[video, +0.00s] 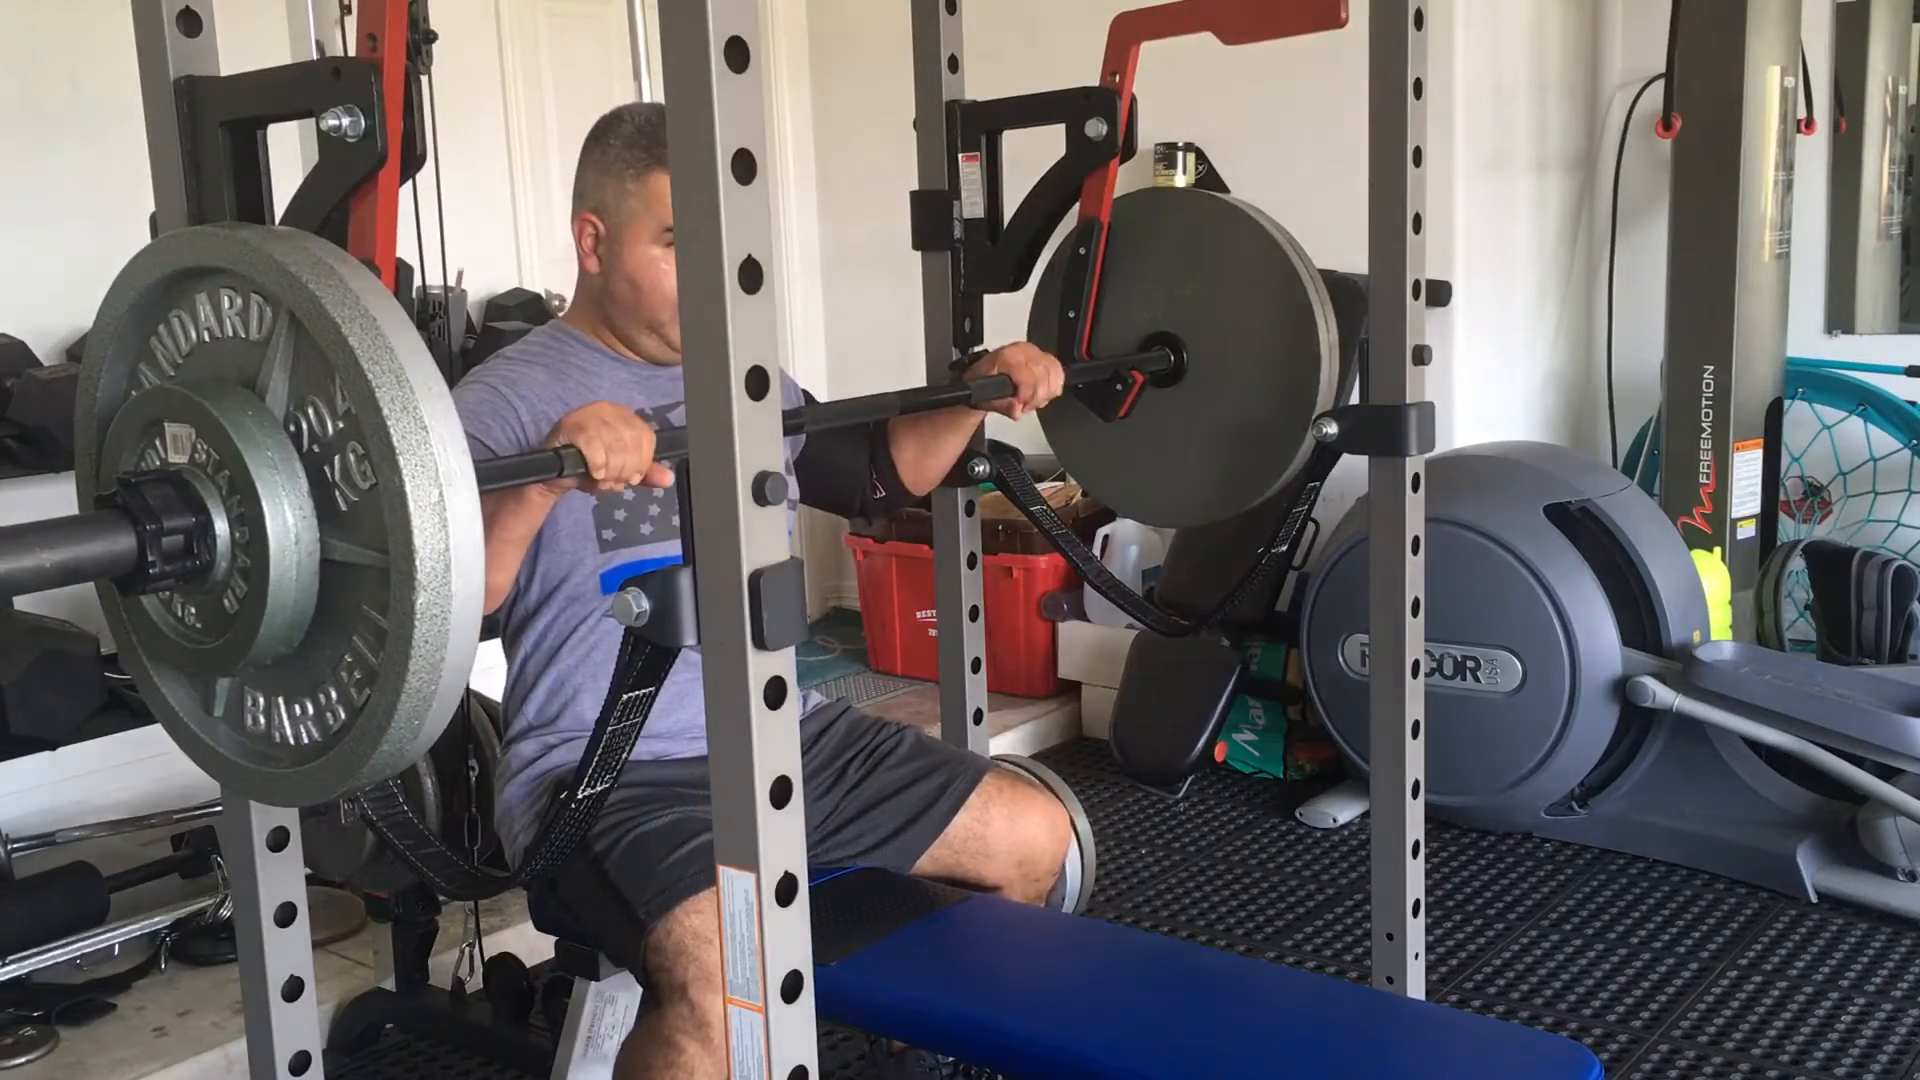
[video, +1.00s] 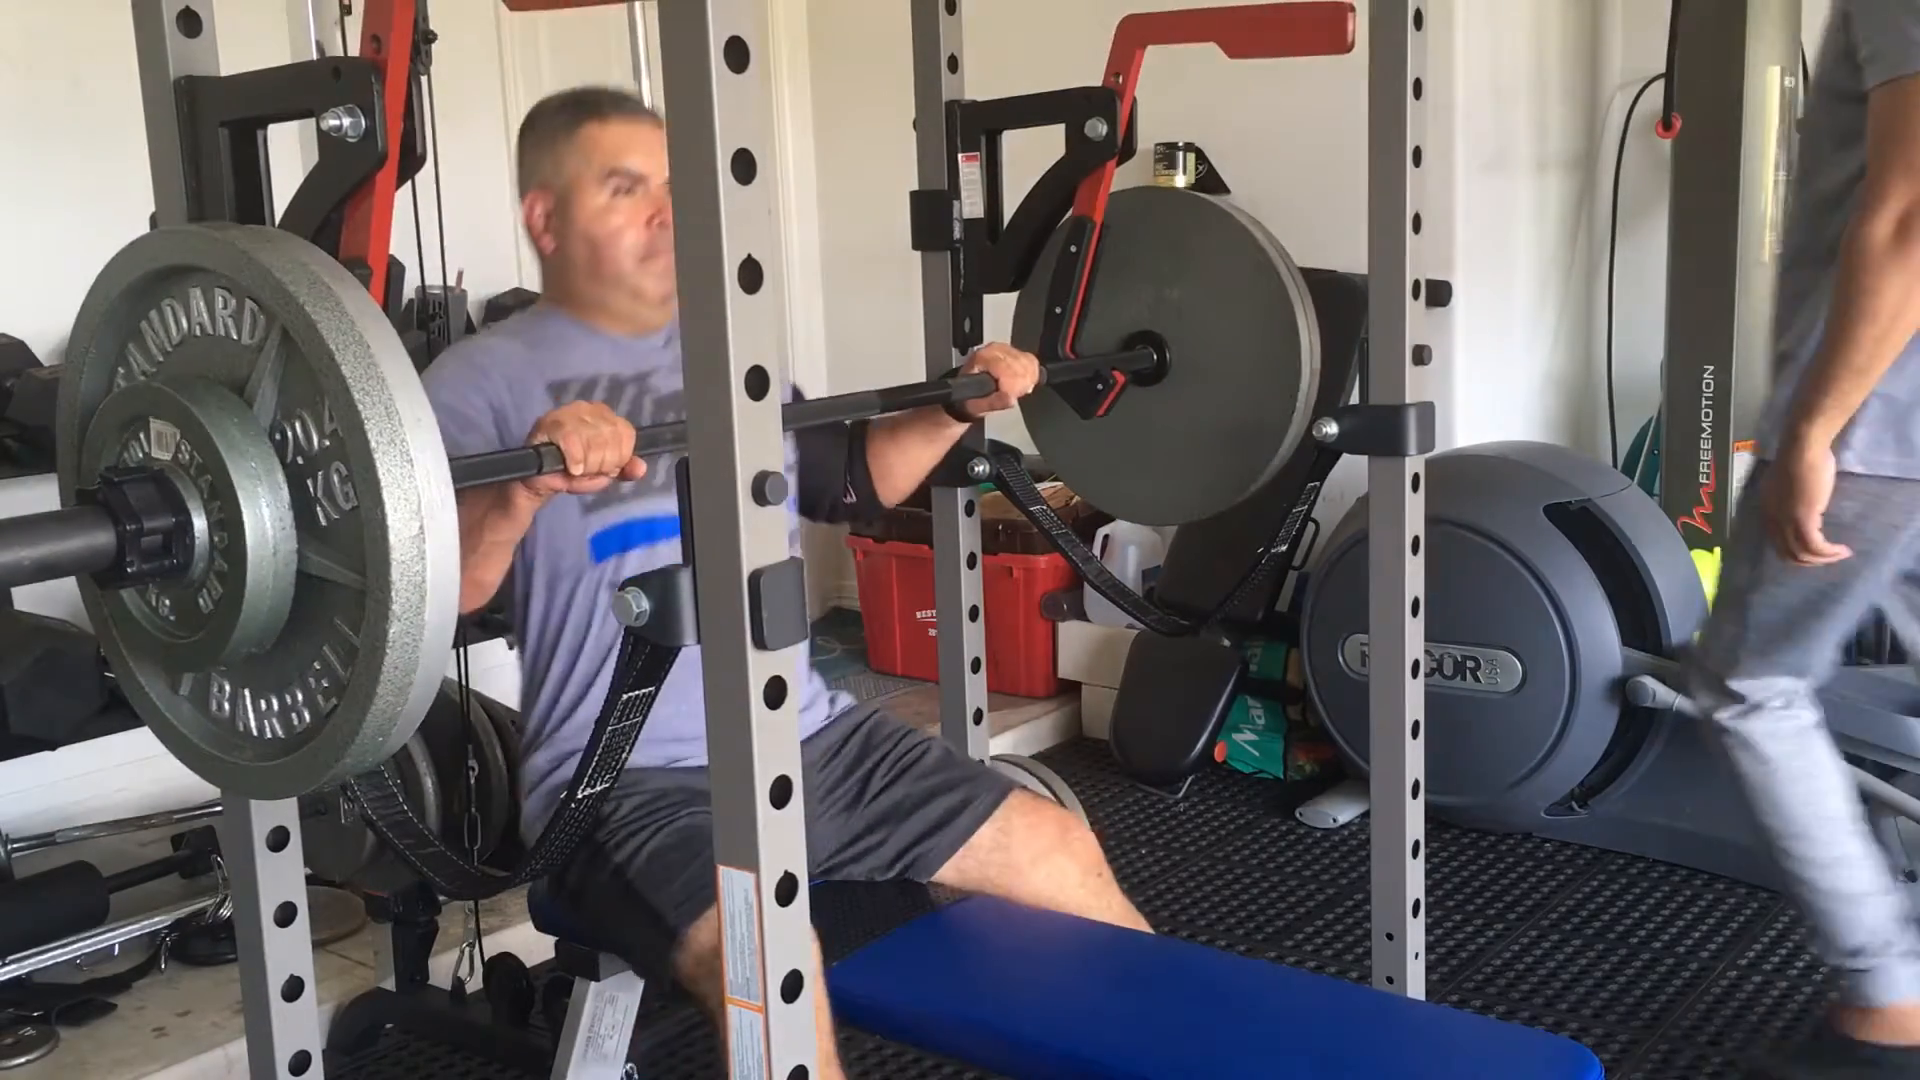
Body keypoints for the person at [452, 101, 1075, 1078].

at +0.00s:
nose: (705, 267)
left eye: (715, 240)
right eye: (674, 241)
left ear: (737, 245)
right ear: (591, 245)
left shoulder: (740, 378)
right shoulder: (506, 397)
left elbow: (879, 478)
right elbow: (462, 606)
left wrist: (978, 392)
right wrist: (552, 464)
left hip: (777, 736)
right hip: (608, 770)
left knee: (1032, 833)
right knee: (725, 957)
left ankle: (980, 1045)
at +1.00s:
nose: (665, 211)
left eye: (671, 187)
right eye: (624, 188)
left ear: (691, 204)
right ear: (543, 222)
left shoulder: (722, 347)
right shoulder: (480, 380)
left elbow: (848, 478)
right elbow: (440, 597)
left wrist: (957, 404)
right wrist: (523, 485)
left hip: (808, 731)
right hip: (625, 776)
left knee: (1049, 845)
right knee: (761, 954)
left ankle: (1189, 1060)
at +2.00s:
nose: (611, 456)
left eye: (610, 432)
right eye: (561, 444)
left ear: (633, 443)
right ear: (501, 493)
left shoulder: (753, 530)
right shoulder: (565, 619)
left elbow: (947, 585)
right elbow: (521, 717)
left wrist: (962, 425)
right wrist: (518, 520)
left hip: (1056, 697)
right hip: (924, 773)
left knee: (1387, 912)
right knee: (1112, 1035)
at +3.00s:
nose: (842, 667)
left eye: (835, 660)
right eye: (811, 685)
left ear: (883, 666)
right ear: (790, 750)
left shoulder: (1066, 668)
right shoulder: (877, 811)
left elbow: (1151, 577)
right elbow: (732, 759)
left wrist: (1037, 445)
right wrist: (640, 562)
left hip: (1478, 792)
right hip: (1325, 864)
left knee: (1853, 1055)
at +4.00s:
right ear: (731, 732)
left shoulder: (1025, 679)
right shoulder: (813, 804)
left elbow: (1104, 605)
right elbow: (671, 754)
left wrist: (1023, 447)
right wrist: (605, 560)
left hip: (1333, 783)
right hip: (1192, 862)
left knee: (1777, 960)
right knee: (1416, 1009)